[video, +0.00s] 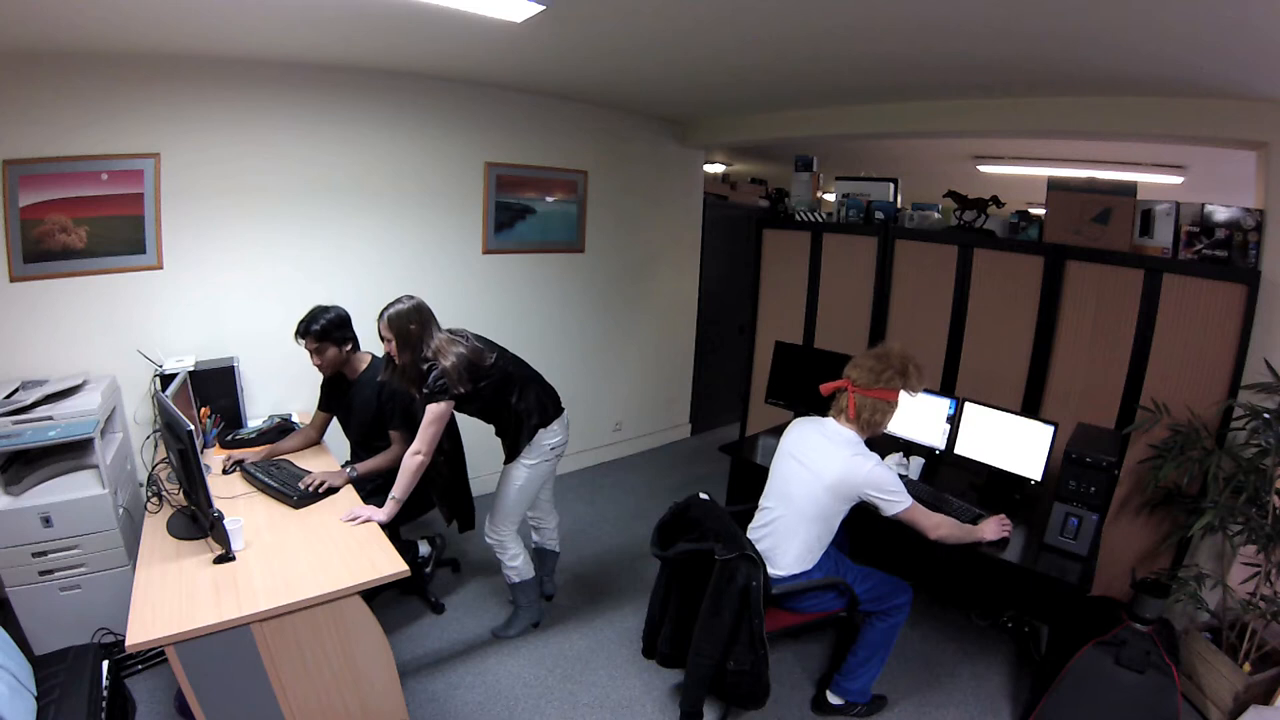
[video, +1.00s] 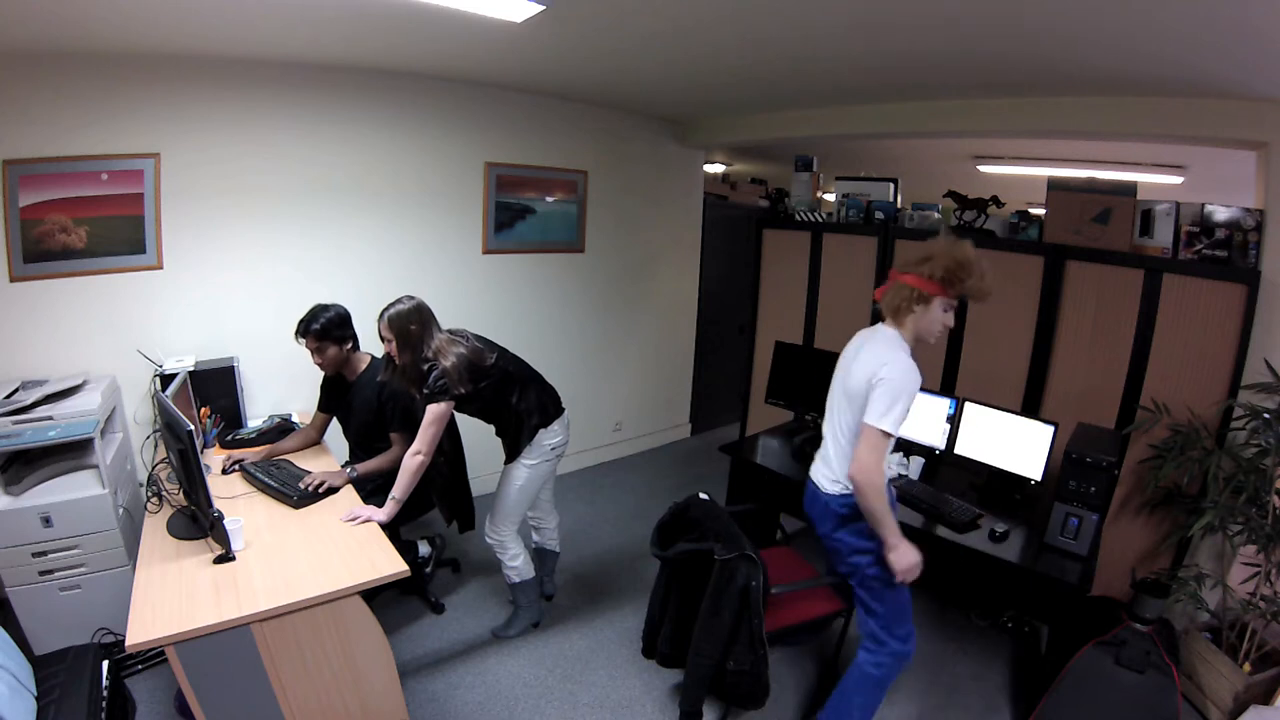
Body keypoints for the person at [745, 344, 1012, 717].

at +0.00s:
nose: (891, 418)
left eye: (892, 410)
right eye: (892, 411)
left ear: (843, 398)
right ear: (883, 415)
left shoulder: (798, 426)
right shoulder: (867, 467)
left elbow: (815, 478)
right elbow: (934, 527)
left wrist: (873, 472)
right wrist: (980, 531)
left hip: (748, 552)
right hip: (787, 576)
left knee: (837, 541)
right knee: (896, 596)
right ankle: (843, 695)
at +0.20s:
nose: (885, 411)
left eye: (886, 403)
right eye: (884, 403)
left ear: (836, 394)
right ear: (873, 409)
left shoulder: (792, 427)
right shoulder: (861, 463)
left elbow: (814, 477)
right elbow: (932, 522)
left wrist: (874, 472)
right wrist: (980, 531)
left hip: (749, 553)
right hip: (787, 576)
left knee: (838, 540)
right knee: (896, 596)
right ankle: (844, 696)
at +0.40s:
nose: (885, 409)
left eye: (885, 400)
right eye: (884, 401)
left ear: (835, 392)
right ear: (872, 407)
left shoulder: (791, 426)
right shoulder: (862, 461)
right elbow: (931, 522)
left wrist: (873, 472)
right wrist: (979, 531)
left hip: (748, 553)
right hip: (788, 576)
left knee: (836, 545)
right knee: (896, 598)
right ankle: (837, 700)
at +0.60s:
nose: (899, 409)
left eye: (902, 399)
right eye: (901, 400)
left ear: (852, 387)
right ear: (894, 405)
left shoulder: (806, 419)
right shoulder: (878, 458)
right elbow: (934, 535)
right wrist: (978, 532)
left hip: (753, 549)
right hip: (795, 570)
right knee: (891, 606)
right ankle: (831, 704)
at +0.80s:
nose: (930, 361)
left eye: (932, 352)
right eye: (931, 351)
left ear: (882, 335)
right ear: (917, 347)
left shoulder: (829, 373)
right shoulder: (900, 406)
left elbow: (815, 449)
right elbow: (917, 504)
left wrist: (862, 481)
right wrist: (957, 528)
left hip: (784, 511)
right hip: (827, 529)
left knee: (856, 519)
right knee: (893, 605)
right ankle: (836, 708)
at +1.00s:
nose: (951, 322)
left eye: (954, 311)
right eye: (947, 308)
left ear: (914, 302)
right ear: (918, 301)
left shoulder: (867, 339)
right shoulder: (899, 369)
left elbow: (840, 426)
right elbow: (864, 471)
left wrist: (877, 486)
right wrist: (895, 541)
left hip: (822, 491)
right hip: (847, 508)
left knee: (857, 587)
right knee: (892, 641)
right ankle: (838, 716)